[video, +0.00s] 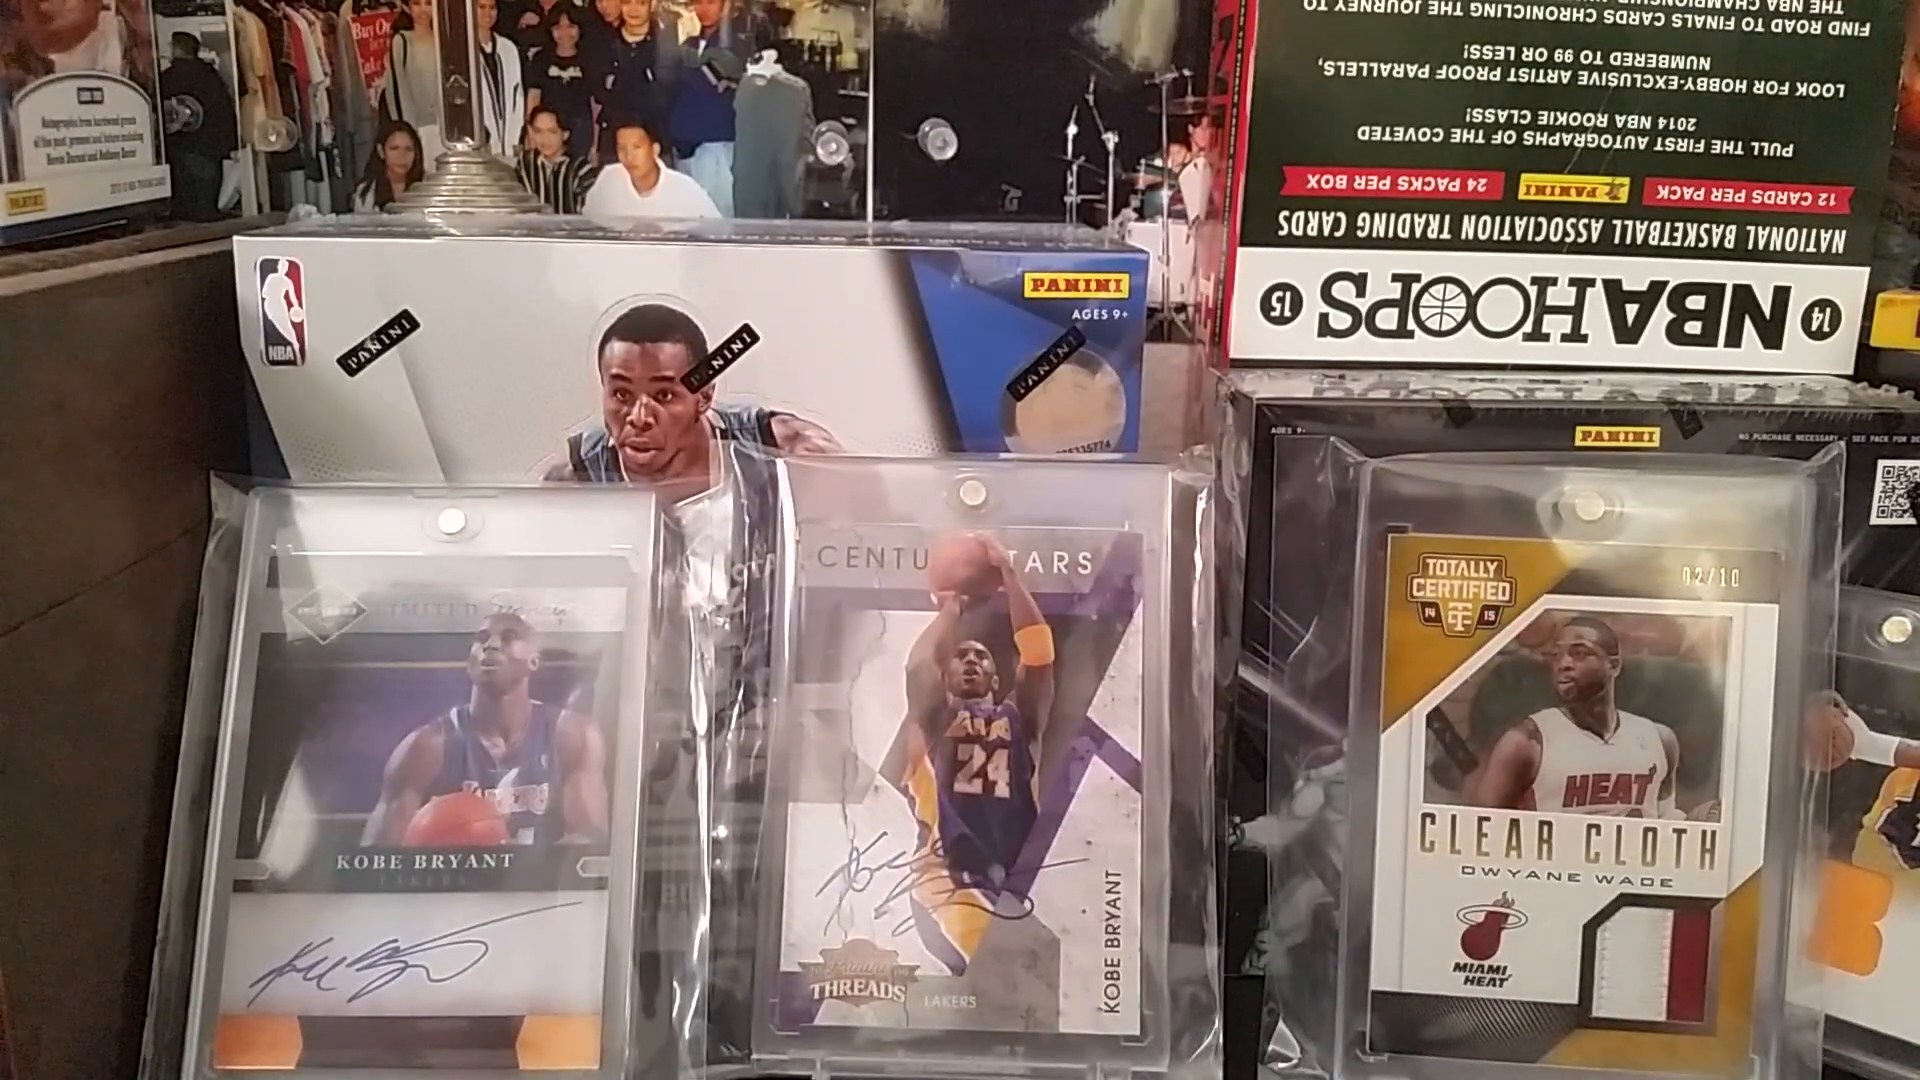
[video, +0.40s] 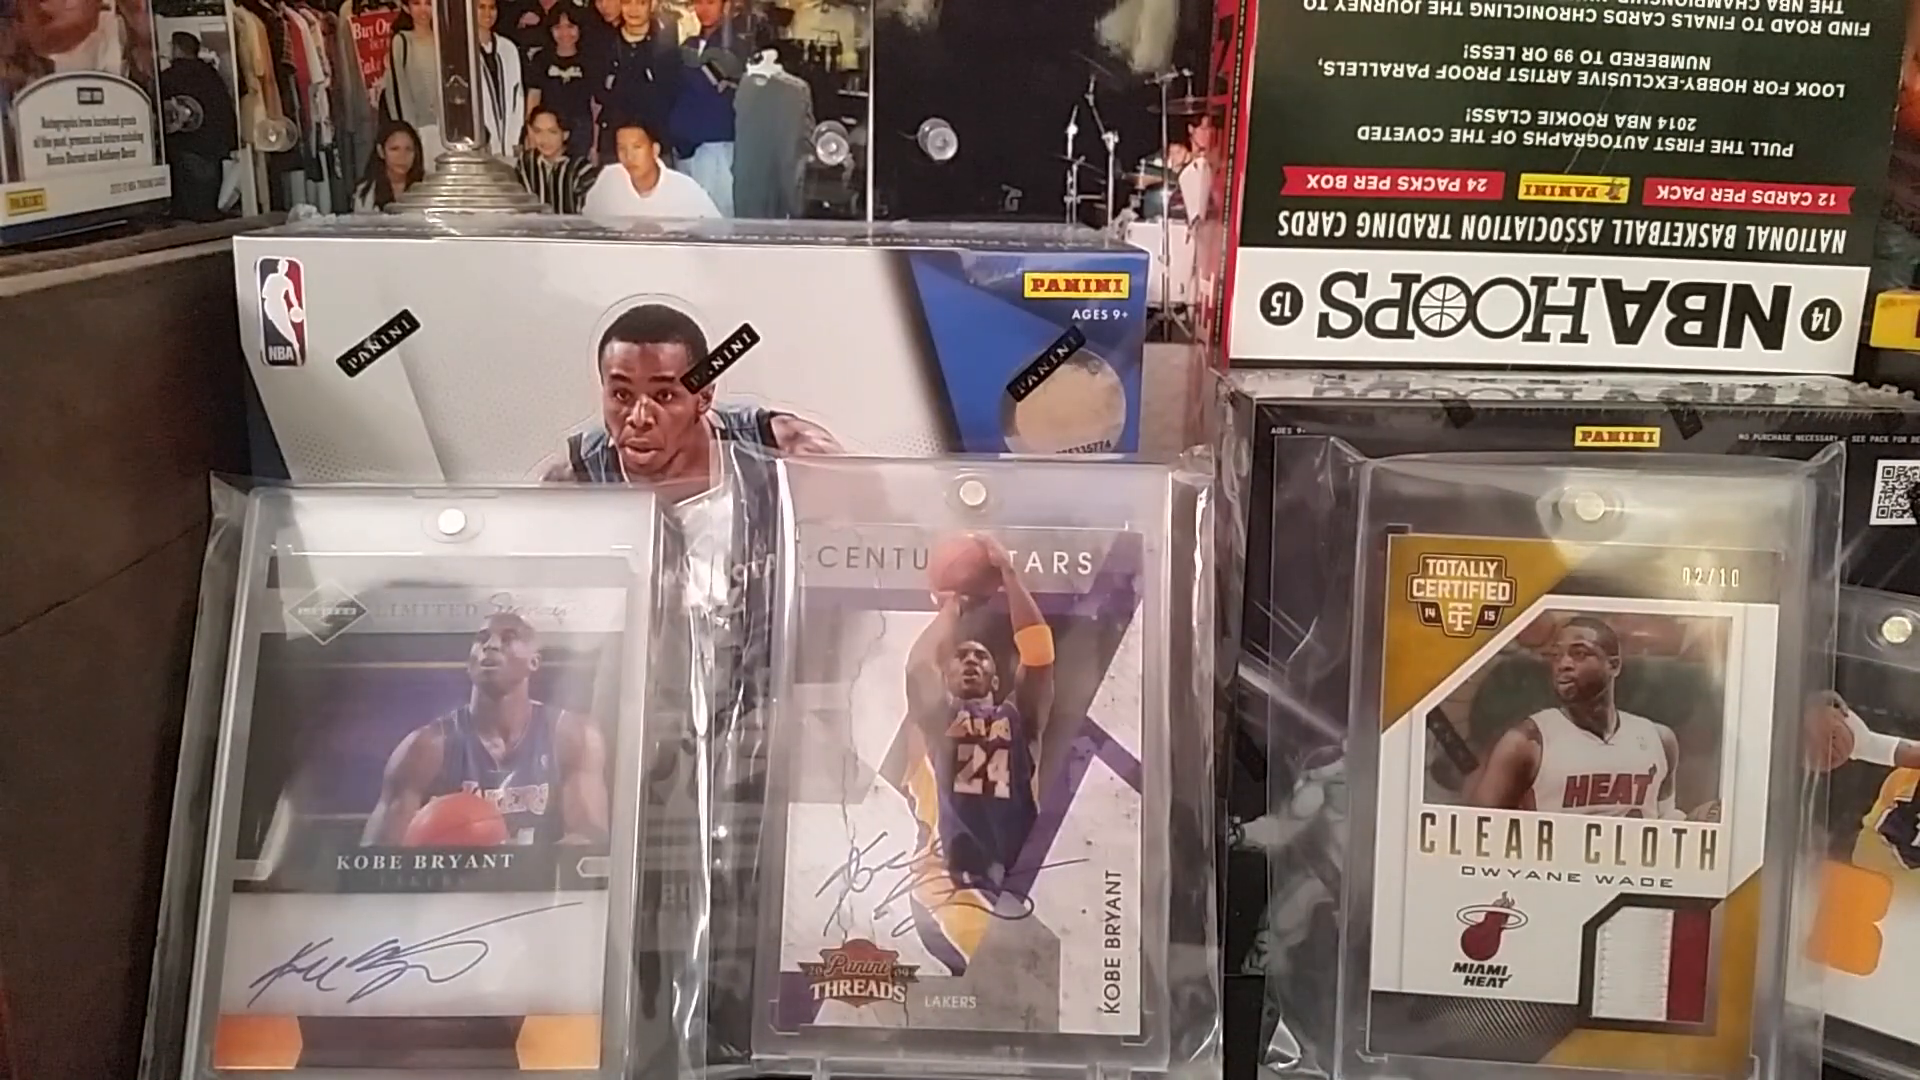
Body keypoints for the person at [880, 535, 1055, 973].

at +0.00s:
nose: (972, 660)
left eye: (981, 656)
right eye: (960, 655)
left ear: (997, 674)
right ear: (944, 672)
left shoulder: (1020, 719)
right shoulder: (934, 718)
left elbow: (1036, 651)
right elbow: (920, 666)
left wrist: (1009, 572)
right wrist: (950, 607)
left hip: (1010, 879)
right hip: (945, 877)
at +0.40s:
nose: (970, 661)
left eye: (981, 656)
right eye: (959, 656)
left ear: (996, 673)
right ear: (944, 674)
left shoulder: (1020, 716)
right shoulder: (938, 719)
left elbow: (1037, 652)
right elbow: (919, 665)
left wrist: (1009, 571)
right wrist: (950, 607)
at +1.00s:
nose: (972, 661)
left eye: (982, 656)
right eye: (961, 655)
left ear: (996, 676)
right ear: (943, 673)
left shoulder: (1020, 719)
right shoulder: (933, 717)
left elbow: (1037, 651)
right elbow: (920, 662)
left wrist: (1009, 572)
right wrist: (953, 604)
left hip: (1007, 885)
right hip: (946, 884)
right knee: (1017, 972)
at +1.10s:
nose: (972, 661)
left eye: (982, 657)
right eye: (960, 656)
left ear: (996, 677)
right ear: (943, 674)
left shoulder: (1020, 719)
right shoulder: (932, 718)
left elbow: (1037, 651)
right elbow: (919, 665)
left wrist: (1009, 572)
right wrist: (952, 604)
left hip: (1009, 884)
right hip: (945, 883)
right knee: (1020, 970)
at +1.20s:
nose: (972, 661)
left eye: (982, 657)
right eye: (960, 656)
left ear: (996, 677)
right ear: (944, 674)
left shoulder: (1021, 719)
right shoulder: (932, 718)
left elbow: (1037, 650)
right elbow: (919, 664)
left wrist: (1009, 572)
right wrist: (951, 605)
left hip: (1011, 884)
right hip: (945, 882)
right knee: (1020, 967)